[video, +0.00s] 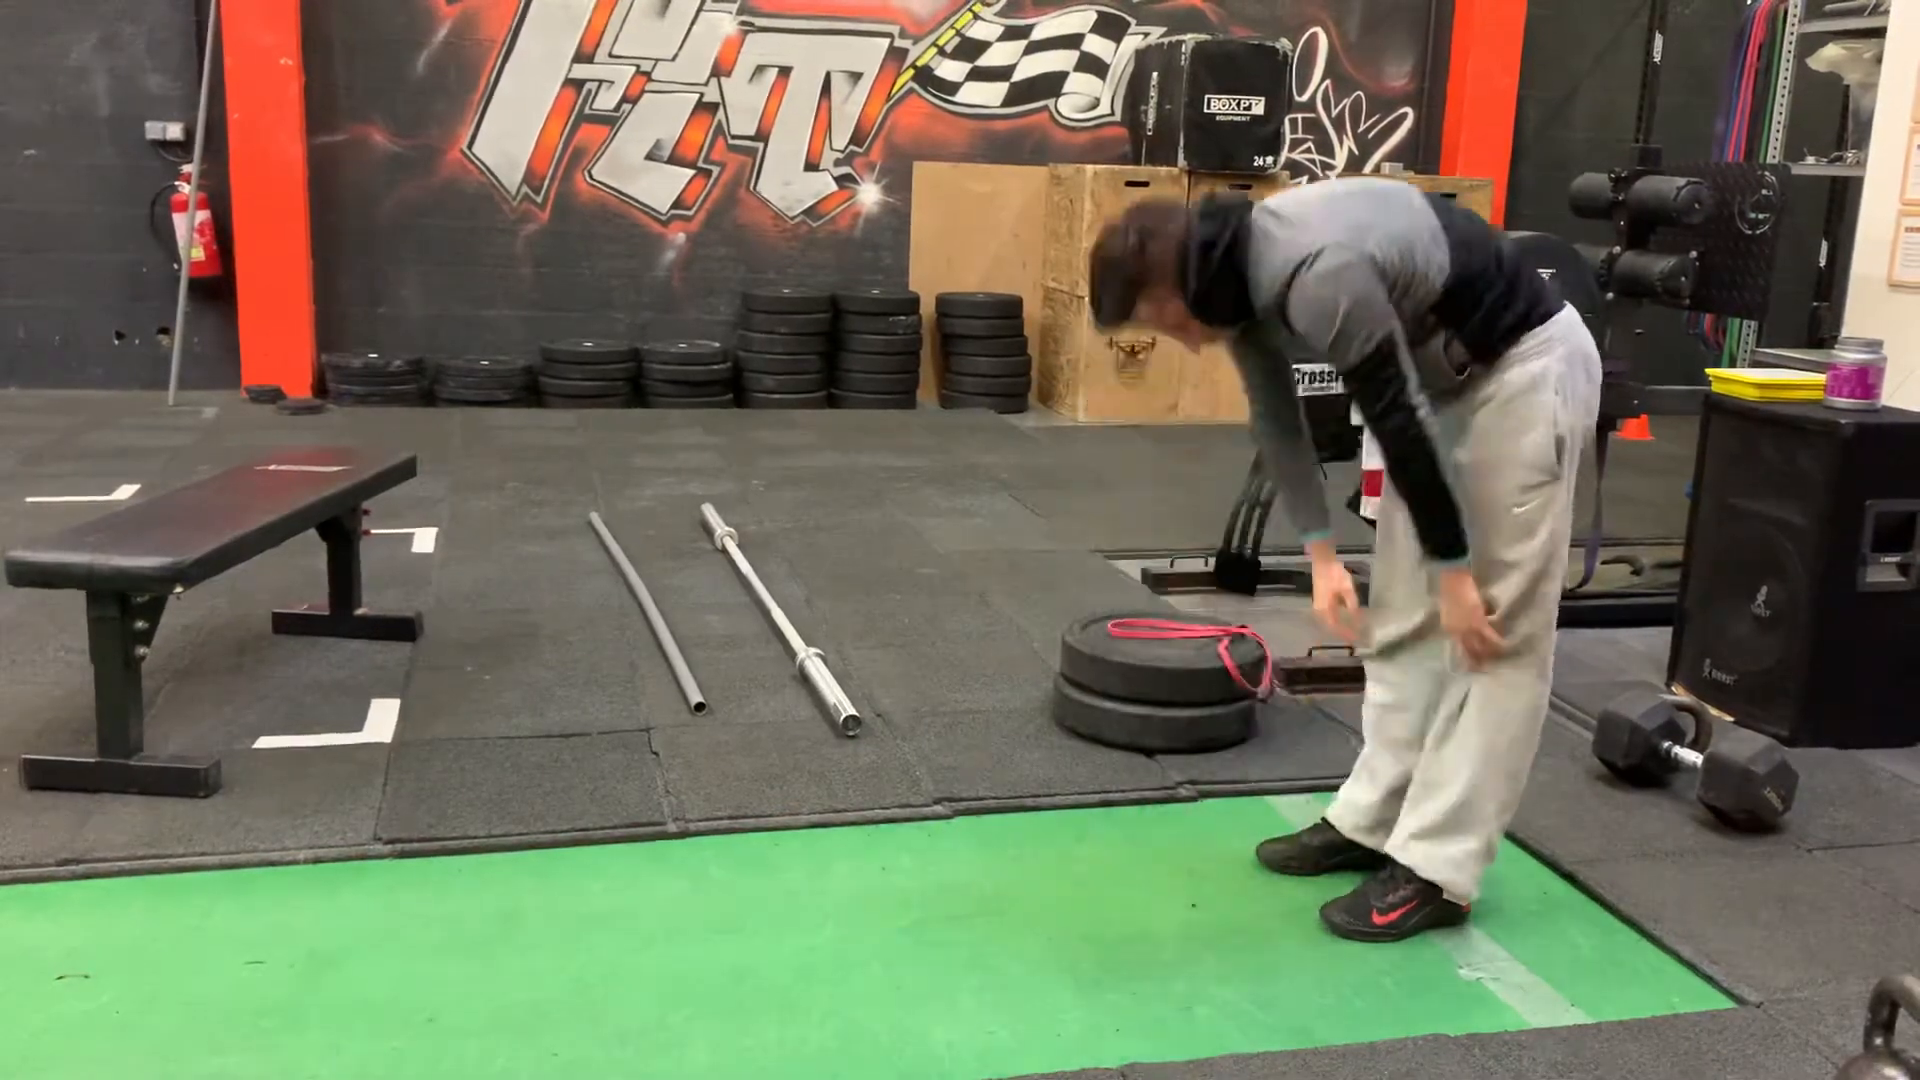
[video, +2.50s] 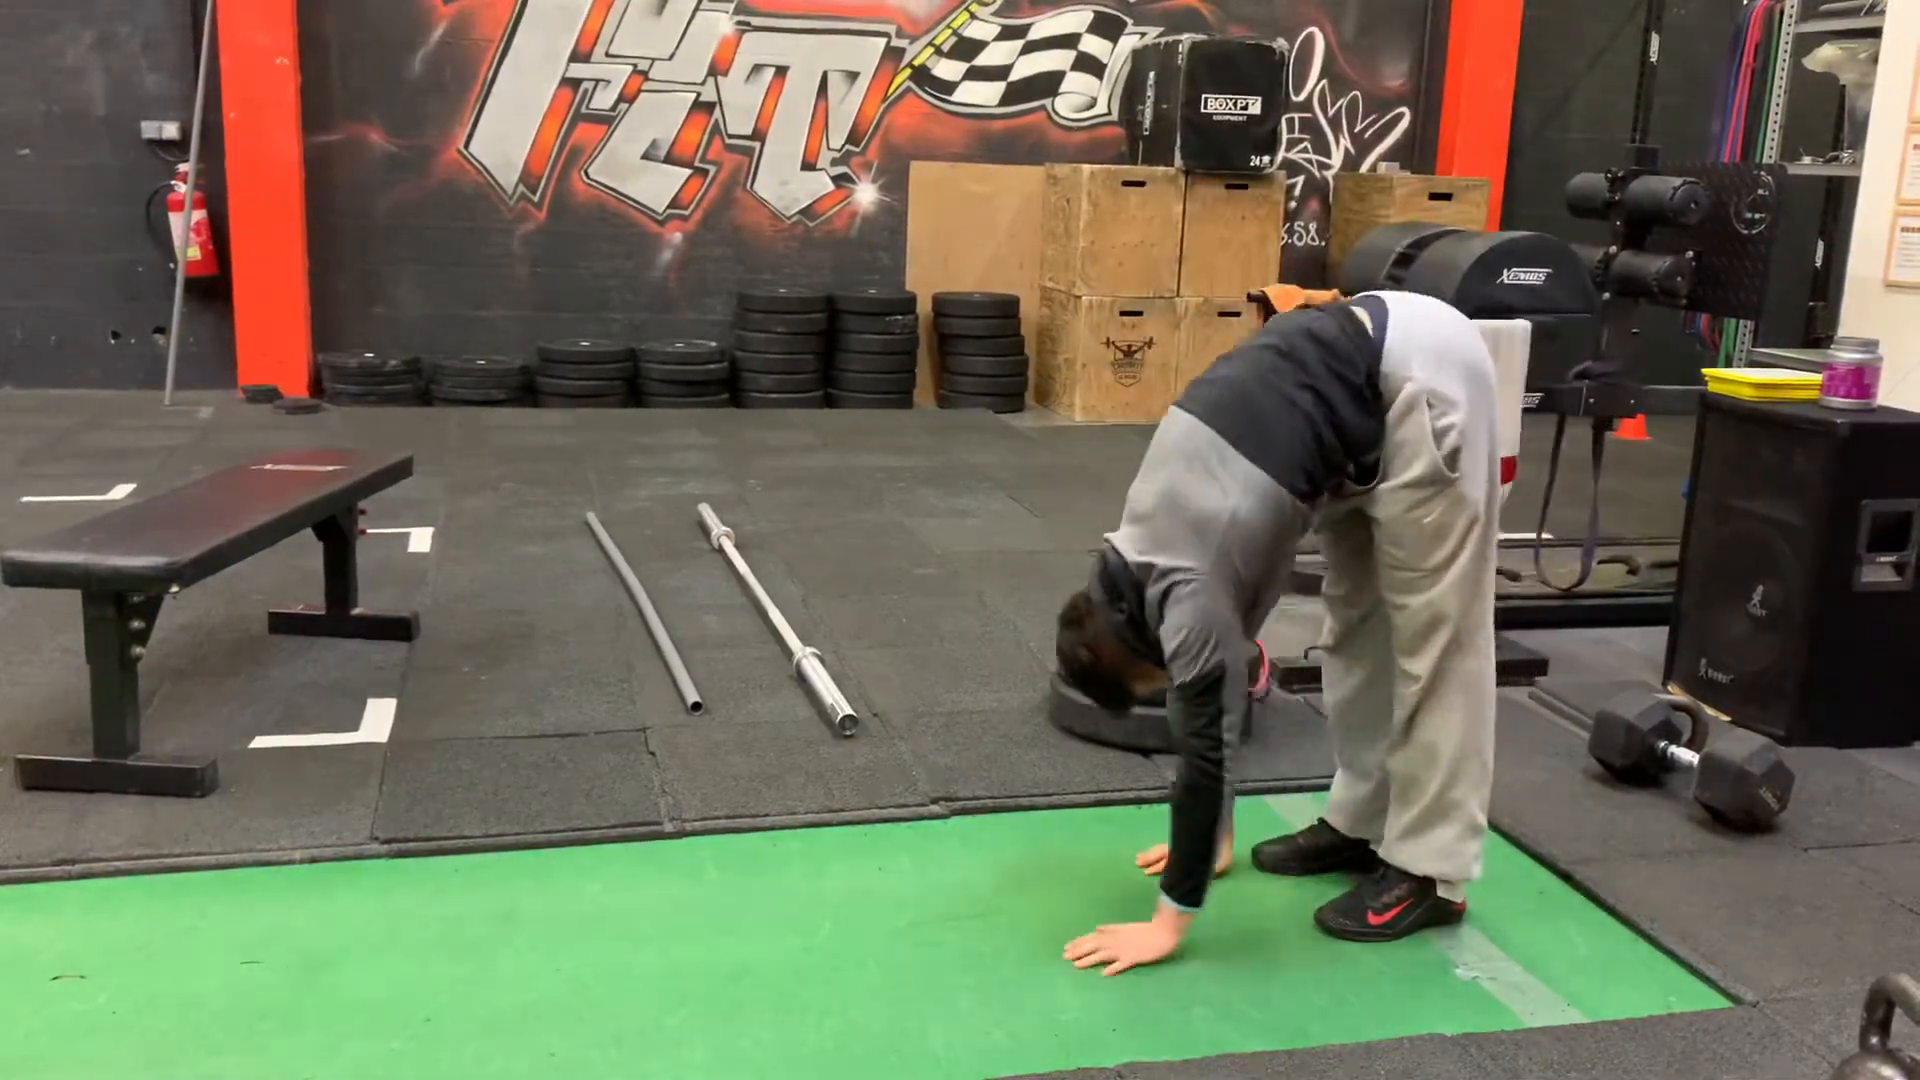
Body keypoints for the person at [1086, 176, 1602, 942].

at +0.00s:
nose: (1169, 340)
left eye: (1158, 323)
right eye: (1154, 330)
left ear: (1179, 285)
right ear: (1179, 284)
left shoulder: (1325, 273)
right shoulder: (1237, 282)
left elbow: (1401, 422)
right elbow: (1280, 426)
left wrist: (1452, 570)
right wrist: (1322, 556)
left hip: (1524, 369)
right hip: (1428, 384)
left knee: (1497, 626)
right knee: (1404, 615)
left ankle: (1440, 867)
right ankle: (1373, 817)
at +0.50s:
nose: (1307, 45)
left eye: (1317, 21)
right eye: (1297, 28)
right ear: (1313, 21)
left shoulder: (1474, 91)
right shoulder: (1347, 87)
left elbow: (1462, 274)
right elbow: (1307, 241)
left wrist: (1389, 436)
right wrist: (1243, 377)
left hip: (1431, 383)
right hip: (1344, 376)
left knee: (1422, 633)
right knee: (1335, 619)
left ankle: (1434, 864)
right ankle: (1368, 813)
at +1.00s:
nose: (1203, 181)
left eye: (1202, 158)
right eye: (1187, 168)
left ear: (1251, 101)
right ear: (1244, 104)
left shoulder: (1385, 151)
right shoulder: (1271, 159)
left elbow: (1427, 327)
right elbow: (1295, 310)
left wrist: (1414, 492)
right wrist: (1306, 458)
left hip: (1483, 374)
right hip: (1383, 375)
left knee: (1452, 623)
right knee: (1358, 606)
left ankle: (1433, 864)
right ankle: (1367, 813)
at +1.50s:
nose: (1183, 471)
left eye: (1171, 459)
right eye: (1167, 467)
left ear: (1181, 419)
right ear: (1165, 405)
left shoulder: (1308, 376)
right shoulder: (1215, 366)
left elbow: (1376, 539)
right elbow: (1286, 503)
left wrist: (1428, 688)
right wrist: (1338, 624)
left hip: (1532, 377)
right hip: (1424, 396)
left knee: (1495, 634)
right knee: (1402, 612)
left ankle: (1435, 871)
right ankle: (1369, 819)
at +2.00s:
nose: (1184, 626)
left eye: (1177, 617)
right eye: (1173, 625)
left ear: (1177, 571)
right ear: (1151, 551)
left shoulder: (1257, 523)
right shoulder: (1180, 488)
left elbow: (1286, 697)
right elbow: (1212, 641)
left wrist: (1295, 866)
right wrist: (1225, 788)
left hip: (1505, 371)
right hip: (1413, 376)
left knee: (1475, 644)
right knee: (1398, 628)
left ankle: (1436, 871)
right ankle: (1365, 826)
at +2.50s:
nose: (1166, 693)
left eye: (1155, 688)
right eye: (1155, 693)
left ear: (1129, 649)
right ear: (1114, 626)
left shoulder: (1191, 600)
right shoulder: (1136, 563)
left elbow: (1204, 759)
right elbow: (1208, 693)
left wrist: (1167, 922)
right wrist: (1211, 830)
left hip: (1422, 365)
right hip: (1344, 367)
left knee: (1432, 634)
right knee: (1358, 627)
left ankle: (1431, 870)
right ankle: (1363, 823)